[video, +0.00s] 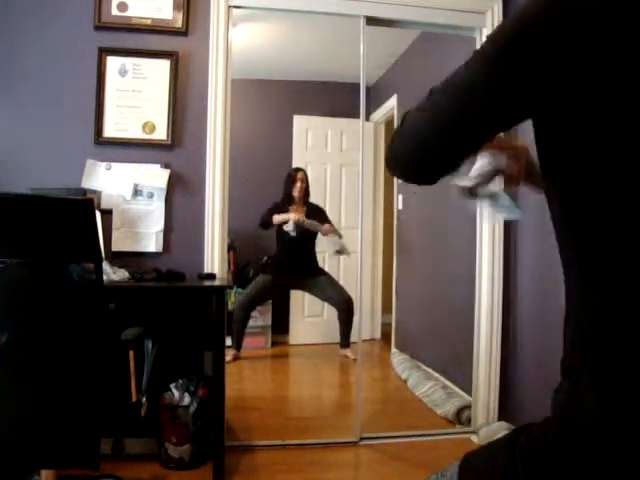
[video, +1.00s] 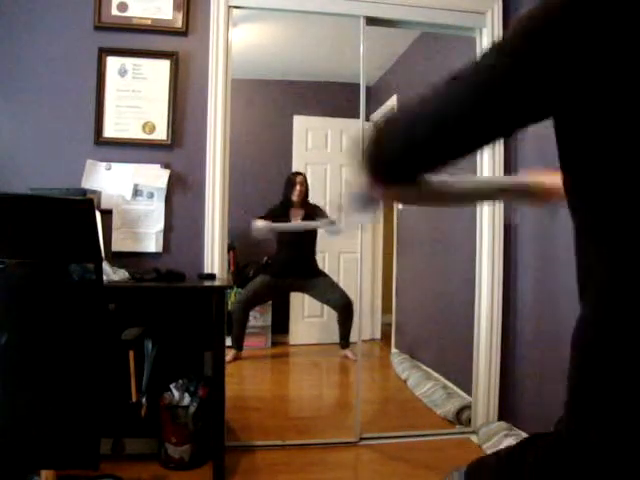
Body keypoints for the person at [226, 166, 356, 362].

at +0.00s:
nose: (300, 185)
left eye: (303, 181)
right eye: (296, 181)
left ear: (307, 185)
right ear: (289, 184)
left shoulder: (315, 211)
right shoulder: (279, 208)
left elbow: (332, 231)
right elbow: (263, 223)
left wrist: (306, 222)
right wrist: (287, 217)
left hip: (309, 272)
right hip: (279, 272)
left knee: (345, 302)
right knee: (243, 303)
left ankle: (345, 347)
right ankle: (235, 350)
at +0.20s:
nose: (300, 186)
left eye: (303, 182)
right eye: (296, 182)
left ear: (307, 186)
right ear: (289, 185)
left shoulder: (316, 212)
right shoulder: (279, 209)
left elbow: (334, 237)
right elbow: (265, 229)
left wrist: (340, 234)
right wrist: (285, 226)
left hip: (309, 273)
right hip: (279, 272)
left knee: (345, 303)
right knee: (243, 304)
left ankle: (344, 347)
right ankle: (236, 350)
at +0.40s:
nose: (301, 185)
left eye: (304, 181)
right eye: (297, 181)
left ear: (309, 185)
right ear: (290, 184)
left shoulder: (316, 211)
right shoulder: (280, 209)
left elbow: (338, 233)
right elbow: (284, 220)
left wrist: (352, 229)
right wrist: (307, 219)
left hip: (308, 272)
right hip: (279, 271)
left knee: (343, 302)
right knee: (243, 304)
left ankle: (344, 347)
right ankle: (236, 350)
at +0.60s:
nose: (300, 184)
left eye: (303, 180)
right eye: (296, 180)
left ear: (308, 185)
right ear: (289, 184)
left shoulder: (309, 212)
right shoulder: (279, 208)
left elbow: (324, 234)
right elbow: (297, 224)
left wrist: (348, 231)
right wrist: (334, 221)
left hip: (307, 272)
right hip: (278, 272)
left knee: (342, 303)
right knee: (240, 304)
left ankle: (344, 347)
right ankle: (236, 350)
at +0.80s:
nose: (298, 187)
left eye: (301, 183)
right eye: (294, 183)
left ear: (306, 188)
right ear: (287, 186)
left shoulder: (308, 214)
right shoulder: (277, 210)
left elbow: (320, 238)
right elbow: (291, 225)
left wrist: (339, 238)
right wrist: (326, 230)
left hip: (307, 274)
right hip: (277, 274)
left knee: (342, 305)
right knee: (240, 302)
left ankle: (345, 347)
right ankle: (236, 350)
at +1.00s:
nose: (298, 189)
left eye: (302, 185)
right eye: (295, 184)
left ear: (307, 189)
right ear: (288, 188)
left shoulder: (314, 211)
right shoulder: (278, 211)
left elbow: (332, 229)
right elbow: (256, 229)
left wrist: (326, 222)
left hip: (308, 273)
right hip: (278, 273)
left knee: (344, 304)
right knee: (241, 303)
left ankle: (345, 348)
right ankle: (236, 350)